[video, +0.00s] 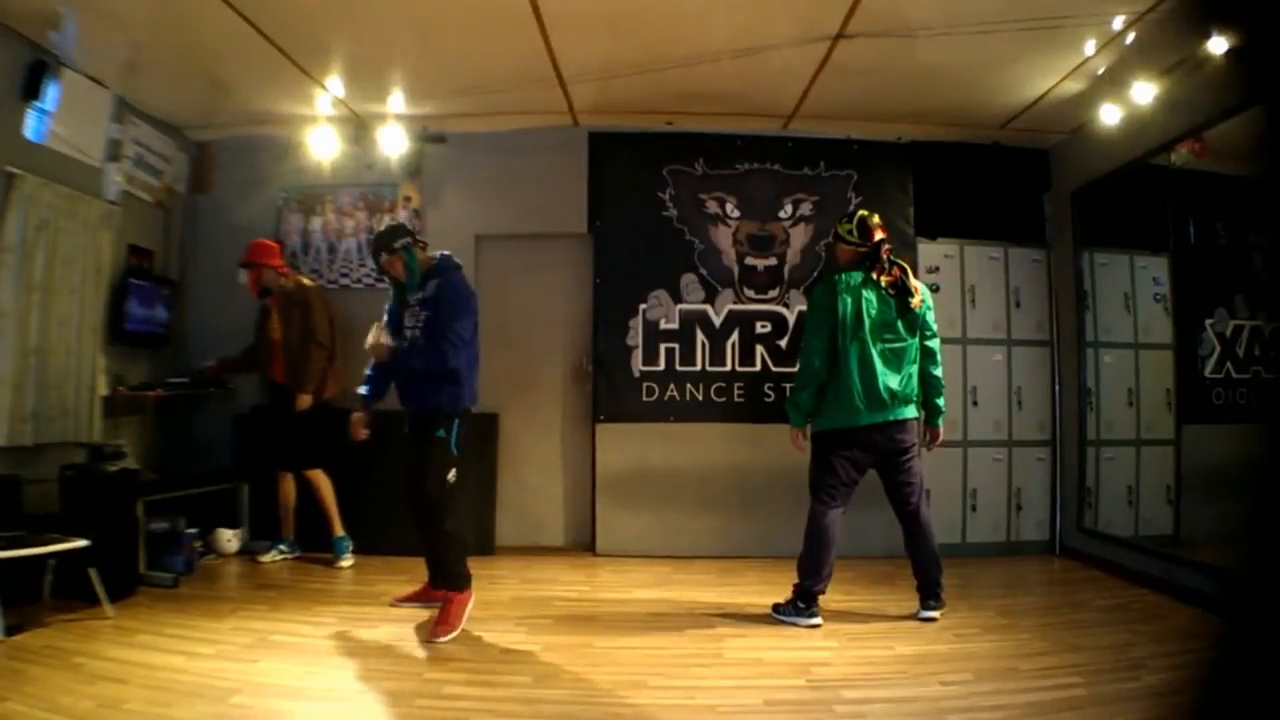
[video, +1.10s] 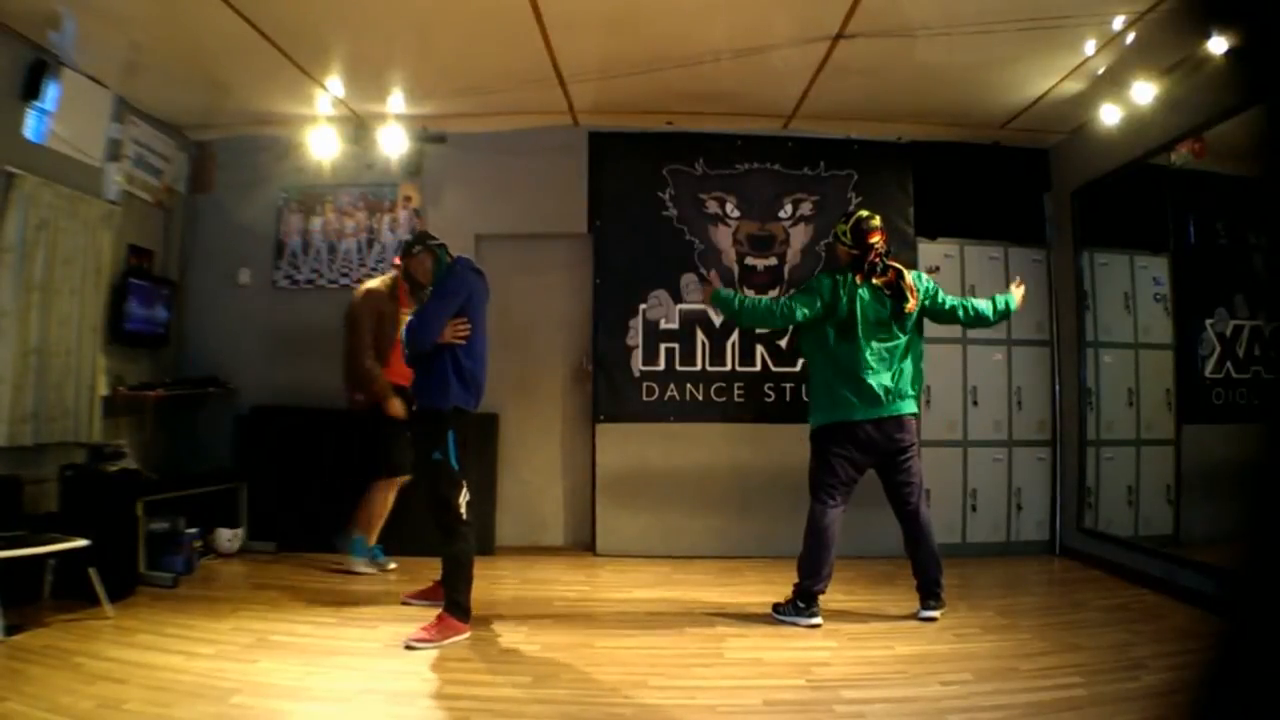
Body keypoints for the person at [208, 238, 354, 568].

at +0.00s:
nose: (251, 279)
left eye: (253, 271)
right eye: (250, 272)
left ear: (269, 268)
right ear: (266, 270)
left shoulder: (307, 293)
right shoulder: (269, 303)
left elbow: (320, 344)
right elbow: (261, 352)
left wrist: (307, 388)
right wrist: (224, 367)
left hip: (309, 392)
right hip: (279, 392)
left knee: (309, 464)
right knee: (283, 466)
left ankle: (340, 538)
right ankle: (287, 540)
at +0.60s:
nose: (312, 268)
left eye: (317, 262)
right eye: (307, 262)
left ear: (327, 265)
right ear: (295, 265)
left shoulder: (341, 301)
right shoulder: (279, 304)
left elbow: (356, 349)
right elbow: (263, 351)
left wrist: (364, 394)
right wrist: (231, 364)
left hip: (334, 395)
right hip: (292, 394)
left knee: (349, 469)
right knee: (292, 469)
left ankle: (362, 542)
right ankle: (287, 541)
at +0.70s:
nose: (335, 272)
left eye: (339, 266)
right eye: (329, 265)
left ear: (347, 269)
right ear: (315, 266)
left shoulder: (357, 305)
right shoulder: (290, 303)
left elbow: (367, 353)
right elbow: (273, 346)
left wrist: (371, 399)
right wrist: (267, 376)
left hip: (344, 399)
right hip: (301, 395)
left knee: (357, 471)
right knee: (295, 470)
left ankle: (365, 545)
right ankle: (288, 541)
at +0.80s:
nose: (363, 276)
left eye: (366, 271)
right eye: (358, 270)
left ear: (368, 275)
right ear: (339, 269)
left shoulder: (374, 310)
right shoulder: (308, 304)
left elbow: (381, 358)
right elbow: (294, 352)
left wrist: (382, 405)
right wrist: (303, 394)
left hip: (359, 402)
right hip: (317, 399)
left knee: (371, 474)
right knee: (301, 471)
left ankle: (366, 545)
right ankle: (288, 539)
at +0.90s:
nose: (384, 281)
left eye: (387, 274)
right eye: (380, 273)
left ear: (388, 279)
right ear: (363, 272)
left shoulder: (389, 313)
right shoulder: (331, 305)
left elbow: (392, 363)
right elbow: (324, 359)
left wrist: (397, 409)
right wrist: (340, 405)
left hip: (377, 403)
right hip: (339, 400)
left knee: (384, 475)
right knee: (318, 470)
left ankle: (367, 545)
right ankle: (290, 534)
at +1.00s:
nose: (397, 279)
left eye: (401, 273)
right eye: (393, 272)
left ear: (406, 276)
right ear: (380, 271)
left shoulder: (406, 306)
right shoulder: (353, 300)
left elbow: (408, 354)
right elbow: (348, 357)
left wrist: (409, 396)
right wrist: (368, 401)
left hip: (395, 398)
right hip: (360, 396)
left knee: (391, 475)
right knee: (353, 473)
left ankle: (369, 546)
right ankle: (312, 532)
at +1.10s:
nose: (412, 279)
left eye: (413, 269)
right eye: (408, 272)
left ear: (427, 256)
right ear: (425, 258)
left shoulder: (460, 278)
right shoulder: (449, 282)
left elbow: (418, 340)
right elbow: (411, 344)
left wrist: (417, 330)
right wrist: (433, 333)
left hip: (451, 407)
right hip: (435, 406)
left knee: (453, 507)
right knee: (440, 499)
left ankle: (457, 613)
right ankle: (448, 583)